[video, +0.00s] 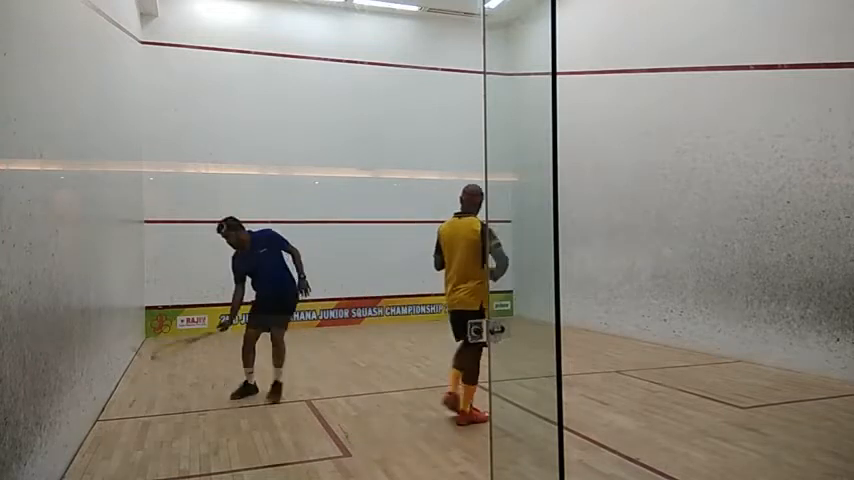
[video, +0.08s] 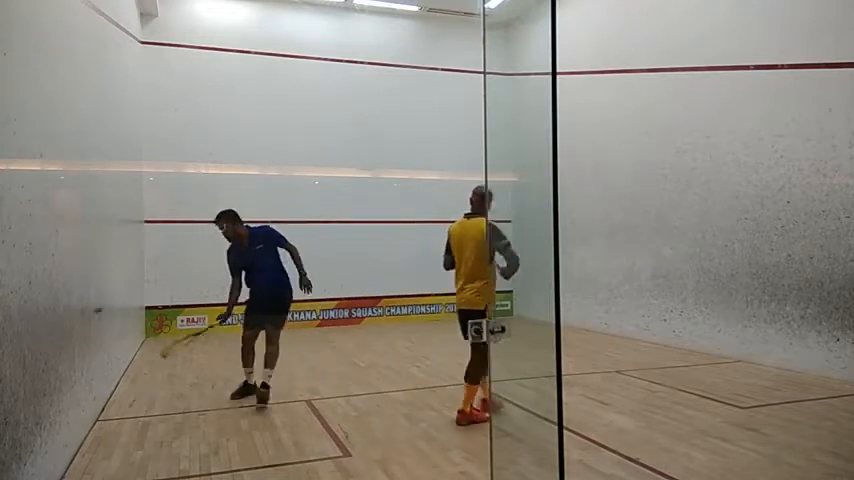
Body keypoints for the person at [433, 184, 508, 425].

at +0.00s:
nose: (478, 201)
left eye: (475, 196)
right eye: (478, 197)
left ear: (460, 199)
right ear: (479, 201)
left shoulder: (444, 228)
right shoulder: (481, 228)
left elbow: (438, 263)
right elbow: (502, 261)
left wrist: (458, 252)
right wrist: (492, 275)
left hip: (453, 300)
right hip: (475, 300)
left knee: (465, 343)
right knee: (474, 348)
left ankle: (453, 390)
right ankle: (466, 409)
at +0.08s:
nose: (490, 207)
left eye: (488, 202)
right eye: (490, 203)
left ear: (470, 202)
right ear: (488, 203)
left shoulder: (454, 228)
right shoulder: (489, 228)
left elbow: (448, 263)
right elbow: (513, 260)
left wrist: (469, 254)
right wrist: (505, 272)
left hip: (462, 302)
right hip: (481, 302)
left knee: (481, 351)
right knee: (478, 354)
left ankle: (485, 397)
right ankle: (466, 410)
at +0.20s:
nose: (492, 210)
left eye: (485, 203)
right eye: (496, 206)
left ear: (481, 204)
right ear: (500, 207)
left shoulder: (466, 230)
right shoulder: (500, 231)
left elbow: (457, 264)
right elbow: (526, 261)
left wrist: (481, 264)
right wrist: (518, 270)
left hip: (473, 304)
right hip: (491, 305)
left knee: (493, 353)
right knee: (484, 355)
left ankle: (512, 394)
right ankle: (465, 409)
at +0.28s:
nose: (508, 211)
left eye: (503, 206)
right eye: (508, 208)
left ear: (488, 207)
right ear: (507, 209)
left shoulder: (477, 231)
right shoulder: (510, 231)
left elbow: (466, 266)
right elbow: (539, 259)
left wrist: (487, 271)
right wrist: (525, 262)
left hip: (486, 303)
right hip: (504, 303)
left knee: (504, 352)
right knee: (495, 353)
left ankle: (520, 398)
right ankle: (468, 405)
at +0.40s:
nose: (514, 210)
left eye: (506, 204)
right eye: (516, 206)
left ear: (498, 206)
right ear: (517, 207)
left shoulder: (488, 232)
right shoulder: (524, 230)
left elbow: (477, 265)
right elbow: (550, 255)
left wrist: (497, 271)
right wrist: (531, 257)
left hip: (495, 300)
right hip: (517, 301)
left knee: (512, 349)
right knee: (520, 349)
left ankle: (520, 397)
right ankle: (488, 390)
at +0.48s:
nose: (526, 208)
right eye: (527, 205)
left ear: (508, 206)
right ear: (527, 206)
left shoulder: (495, 232)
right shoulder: (538, 228)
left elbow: (488, 265)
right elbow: (562, 252)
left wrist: (507, 271)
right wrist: (539, 252)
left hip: (506, 300)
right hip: (530, 300)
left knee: (515, 344)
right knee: (545, 343)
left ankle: (519, 399)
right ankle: (515, 381)